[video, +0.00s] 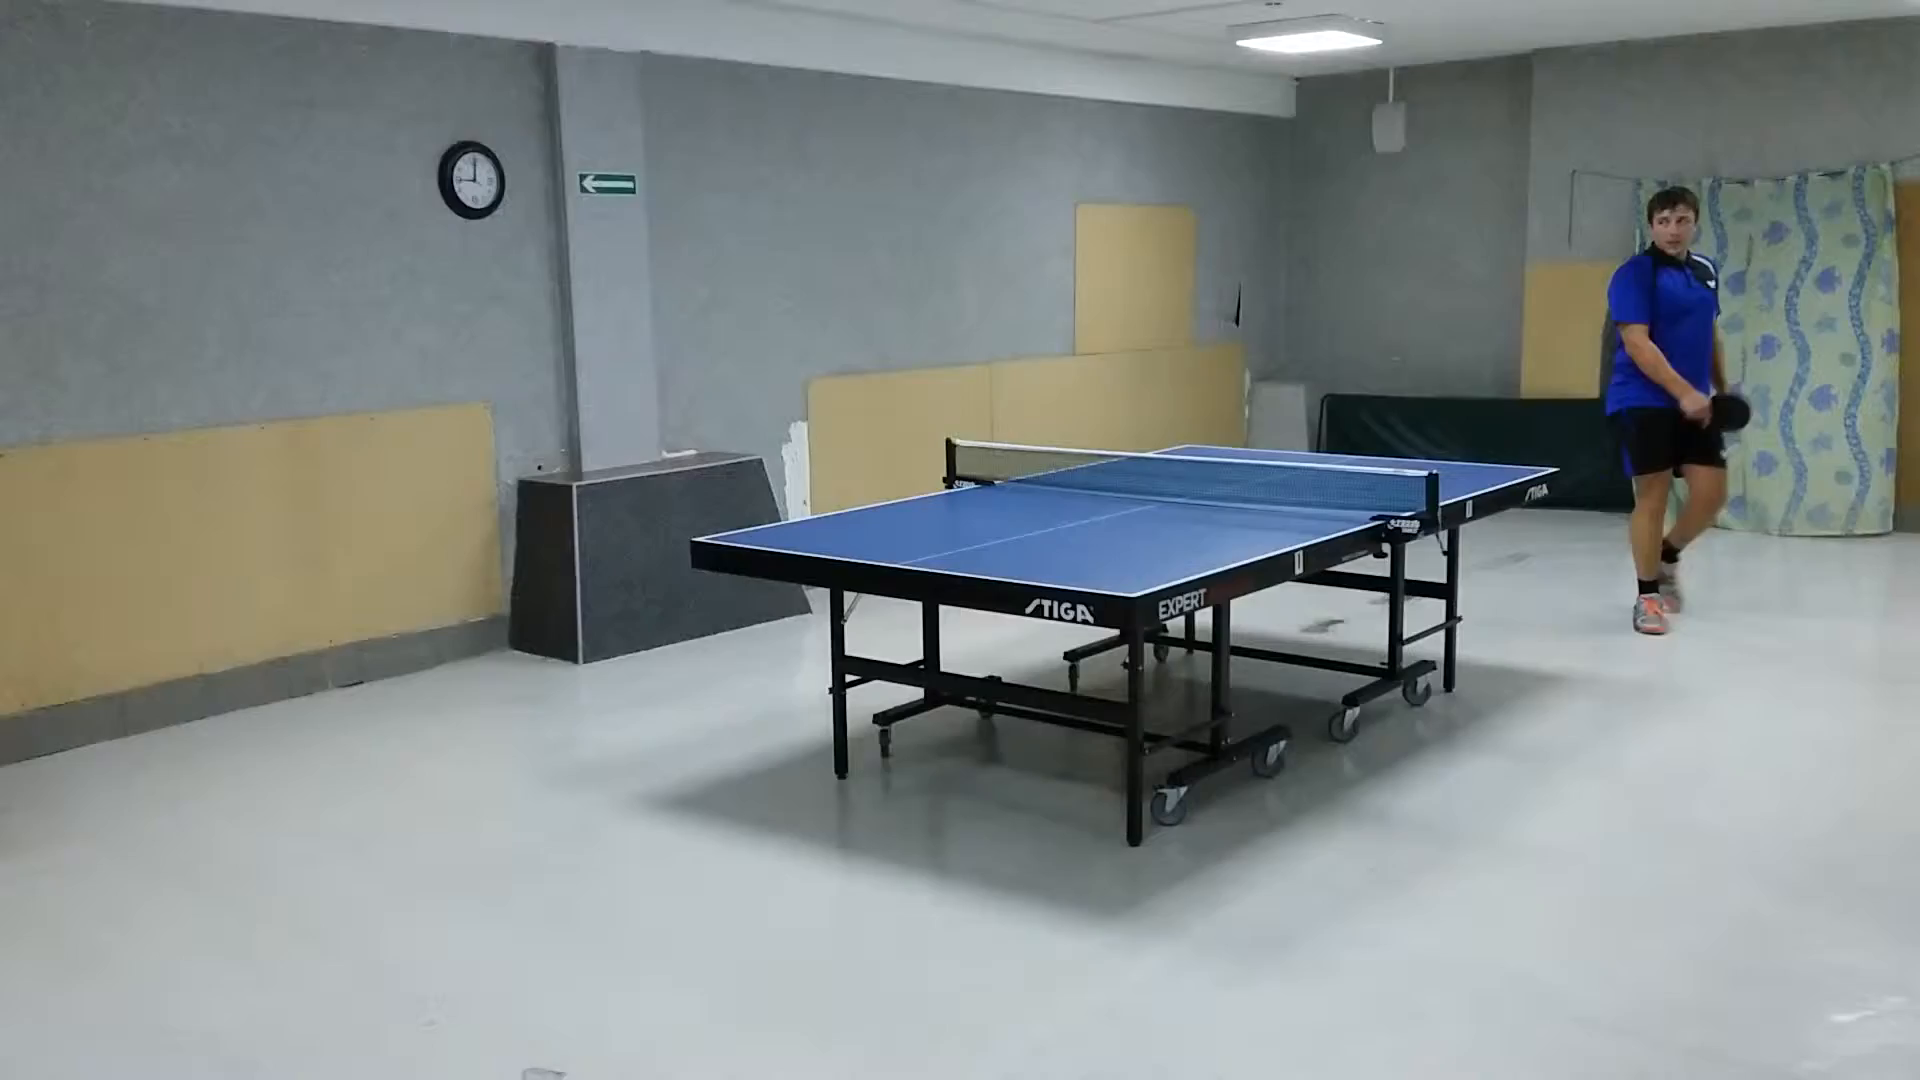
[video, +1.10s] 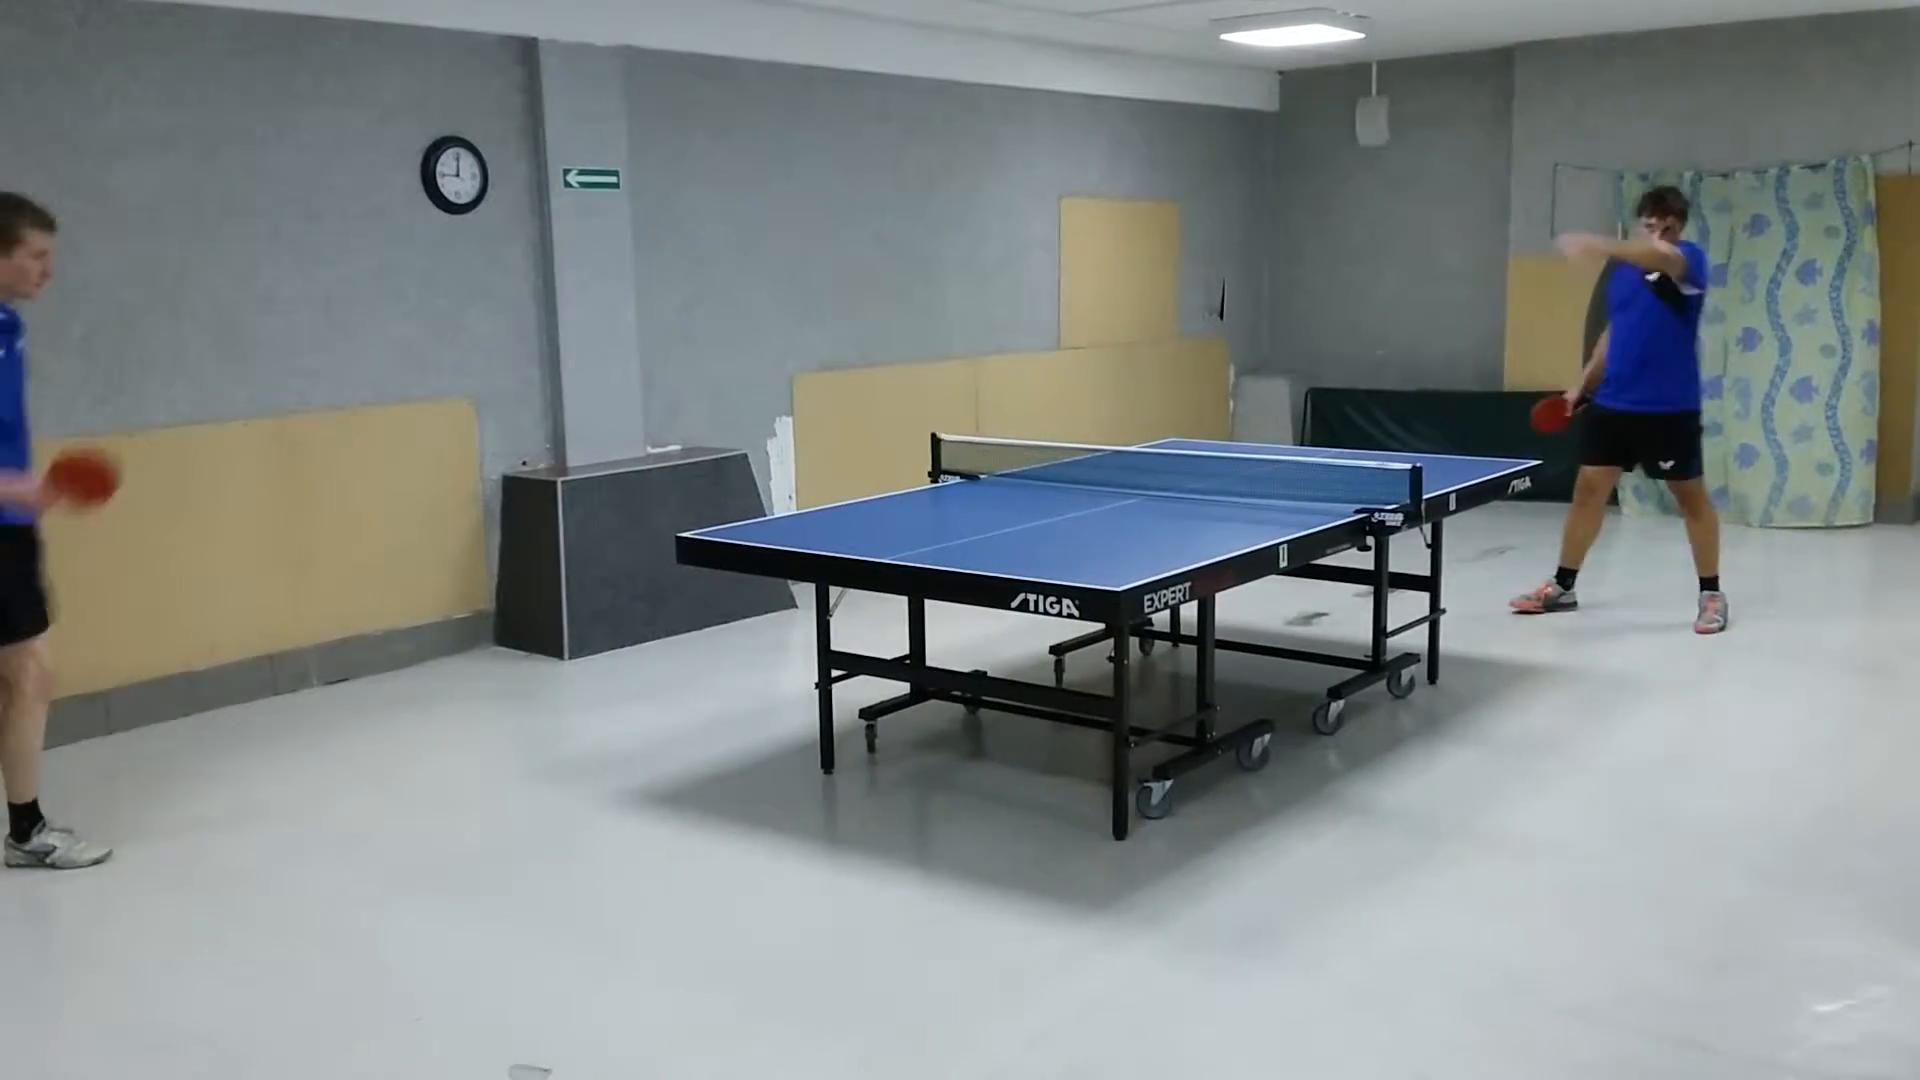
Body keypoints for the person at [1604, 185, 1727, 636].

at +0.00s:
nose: (1674, 229)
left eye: (1683, 221)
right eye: (1665, 221)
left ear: (1695, 227)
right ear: (1651, 226)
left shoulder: (1703, 272)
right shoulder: (1635, 273)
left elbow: (1710, 334)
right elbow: (1636, 343)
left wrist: (1722, 388)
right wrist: (1684, 392)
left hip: (1694, 399)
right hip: (1645, 399)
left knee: (1710, 495)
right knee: (1653, 494)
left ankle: (1663, 556)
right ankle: (1647, 594)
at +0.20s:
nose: (1672, 228)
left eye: (1682, 220)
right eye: (1665, 220)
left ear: (1698, 223)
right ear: (1657, 224)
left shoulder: (1718, 271)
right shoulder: (1636, 274)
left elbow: (1726, 335)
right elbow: (1621, 343)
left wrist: (1722, 394)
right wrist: (1625, 406)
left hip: (1704, 406)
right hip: (1650, 407)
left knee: (1708, 493)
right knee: (1652, 496)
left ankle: (1717, 589)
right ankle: (1647, 596)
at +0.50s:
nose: (1685, 221)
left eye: (1696, 213)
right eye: (1681, 213)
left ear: (1719, 220)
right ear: (1674, 219)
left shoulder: (1751, 272)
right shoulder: (1650, 269)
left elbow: (1773, 337)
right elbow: (1609, 325)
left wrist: (1780, 408)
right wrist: (1569, 376)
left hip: (1717, 409)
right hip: (1655, 405)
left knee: (1713, 498)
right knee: (1656, 495)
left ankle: (1725, 602)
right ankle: (1646, 596)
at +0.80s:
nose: (1682, 219)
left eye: (1693, 212)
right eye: (1679, 211)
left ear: (1717, 219)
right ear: (1673, 215)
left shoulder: (1735, 267)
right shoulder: (1659, 260)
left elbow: (1760, 333)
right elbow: (1638, 327)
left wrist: (1768, 396)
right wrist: (1601, 374)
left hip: (1702, 403)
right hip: (1647, 397)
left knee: (1705, 501)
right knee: (1628, 485)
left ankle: (1716, 597)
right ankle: (1610, 587)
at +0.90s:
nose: (1678, 222)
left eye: (1689, 215)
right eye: (1673, 213)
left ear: (1709, 221)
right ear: (1667, 215)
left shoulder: (1725, 261)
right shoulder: (1655, 262)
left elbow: (1736, 315)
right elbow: (1638, 329)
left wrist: (1717, 360)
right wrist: (1606, 381)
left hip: (1698, 400)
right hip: (1644, 396)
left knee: (1703, 494)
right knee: (1619, 484)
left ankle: (1716, 596)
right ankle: (1586, 584)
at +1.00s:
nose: (1671, 228)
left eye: (1682, 221)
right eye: (1665, 219)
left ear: (1699, 226)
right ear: (1654, 222)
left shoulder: (1710, 260)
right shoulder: (1641, 268)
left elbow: (1696, 293)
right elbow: (1628, 336)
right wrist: (1597, 384)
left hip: (1688, 403)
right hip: (1632, 399)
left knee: (1702, 499)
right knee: (1605, 485)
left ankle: (1714, 596)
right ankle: (1571, 584)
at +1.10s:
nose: (1660, 229)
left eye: (1671, 222)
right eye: (1652, 221)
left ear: (1684, 226)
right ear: (1640, 223)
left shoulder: (1691, 261)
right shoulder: (1623, 268)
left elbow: (1658, 256)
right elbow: (1614, 333)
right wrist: (1583, 384)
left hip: (1671, 406)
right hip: (1615, 403)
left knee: (1691, 498)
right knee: (1589, 488)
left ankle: (1710, 595)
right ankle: (1562, 587)